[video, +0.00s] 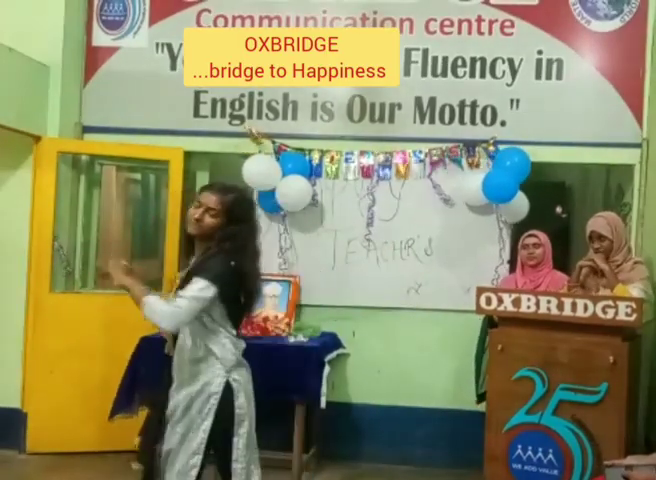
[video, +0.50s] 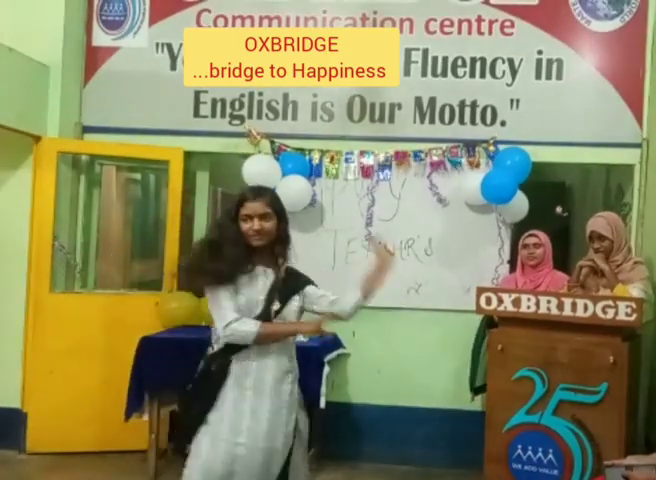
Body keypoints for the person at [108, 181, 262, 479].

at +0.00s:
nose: (197, 214)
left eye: (210, 213)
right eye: (197, 205)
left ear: (230, 226)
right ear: (192, 206)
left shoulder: (221, 266)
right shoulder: (202, 262)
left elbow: (171, 317)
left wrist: (131, 283)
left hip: (220, 385)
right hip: (197, 381)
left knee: (227, 469)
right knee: (180, 465)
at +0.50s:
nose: (255, 227)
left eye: (264, 218)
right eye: (247, 219)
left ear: (280, 223)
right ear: (236, 224)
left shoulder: (291, 279)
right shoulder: (221, 270)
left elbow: (341, 309)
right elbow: (230, 329)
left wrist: (378, 271)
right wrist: (299, 327)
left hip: (278, 386)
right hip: (233, 385)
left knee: (273, 462)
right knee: (218, 462)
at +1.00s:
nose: (231, 228)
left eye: (239, 220)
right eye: (232, 220)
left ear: (264, 227)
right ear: (265, 229)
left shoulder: (252, 281)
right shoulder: (279, 277)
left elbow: (185, 285)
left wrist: (181, 233)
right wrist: (183, 231)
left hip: (238, 384)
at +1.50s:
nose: (190, 214)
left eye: (201, 205)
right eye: (186, 206)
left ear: (225, 214)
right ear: (180, 212)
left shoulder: (240, 260)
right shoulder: (174, 253)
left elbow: (271, 217)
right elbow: (118, 212)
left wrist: (234, 174)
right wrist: (172, 174)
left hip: (228, 385)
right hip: (175, 382)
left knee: (217, 472)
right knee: (168, 469)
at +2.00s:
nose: (142, 212)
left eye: (154, 207)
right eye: (145, 204)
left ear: (178, 216)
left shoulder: (163, 263)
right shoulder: (191, 262)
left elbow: (141, 336)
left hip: (164, 386)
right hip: (183, 383)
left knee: (150, 470)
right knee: (161, 468)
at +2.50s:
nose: (203, 227)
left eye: (210, 220)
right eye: (194, 219)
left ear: (221, 225)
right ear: (176, 223)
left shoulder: (232, 268)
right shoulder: (164, 266)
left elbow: (271, 249)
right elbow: (117, 265)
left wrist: (220, 226)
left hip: (220, 384)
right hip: (176, 381)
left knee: (188, 469)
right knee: (149, 464)